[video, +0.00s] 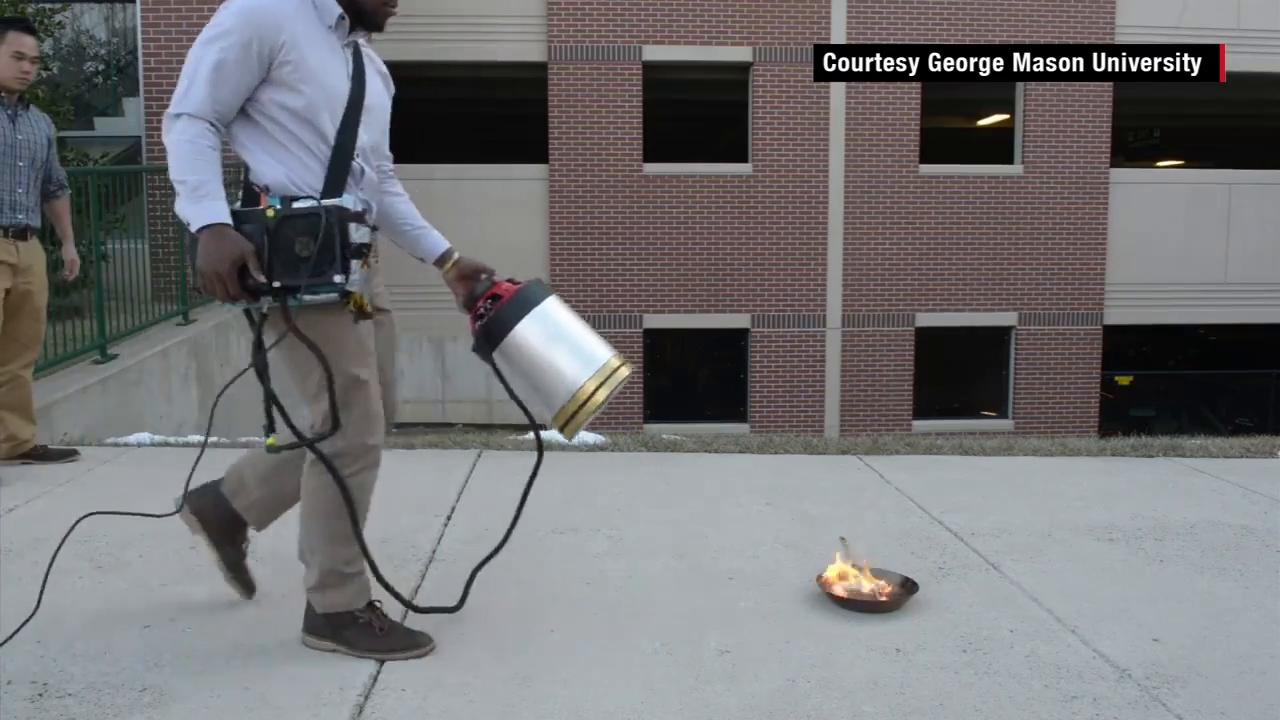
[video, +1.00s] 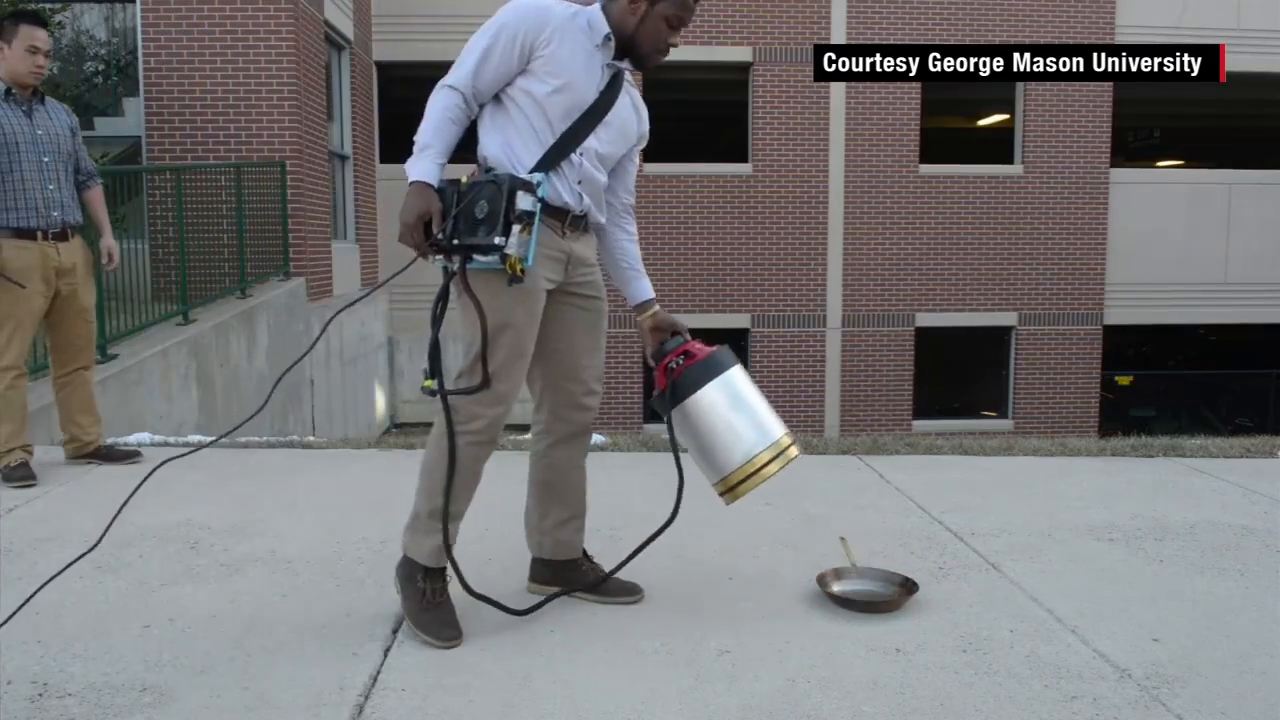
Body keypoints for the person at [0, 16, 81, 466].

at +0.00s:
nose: (28, 67)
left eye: (34, 60)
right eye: (19, 57)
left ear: (39, 66)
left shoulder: (41, 123)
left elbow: (55, 188)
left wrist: (67, 242)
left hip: (29, 250)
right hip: (2, 247)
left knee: (21, 353)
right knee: (12, 353)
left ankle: (17, 441)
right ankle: (13, 441)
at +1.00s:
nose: (42, 62)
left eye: (47, 54)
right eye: (32, 51)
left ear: (51, 61)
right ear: (4, 52)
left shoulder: (61, 115)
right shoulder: (1, 107)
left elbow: (87, 177)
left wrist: (106, 231)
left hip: (71, 248)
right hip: (15, 252)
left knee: (76, 357)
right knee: (12, 364)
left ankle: (85, 444)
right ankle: (13, 454)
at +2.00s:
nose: (59, 64)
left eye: (64, 56)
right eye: (49, 53)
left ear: (68, 63)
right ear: (18, 52)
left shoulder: (77, 117)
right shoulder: (3, 106)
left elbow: (99, 179)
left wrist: (114, 234)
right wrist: (0, 250)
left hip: (80, 250)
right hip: (20, 252)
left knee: (80, 357)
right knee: (16, 363)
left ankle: (86, 444)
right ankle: (13, 454)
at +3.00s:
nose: (52, 58)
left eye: (60, 51)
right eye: (42, 48)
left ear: (66, 60)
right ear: (16, 51)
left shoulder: (81, 116)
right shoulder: (3, 105)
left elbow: (104, 178)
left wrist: (117, 234)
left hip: (82, 249)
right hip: (21, 250)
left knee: (85, 351)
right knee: (17, 358)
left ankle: (86, 442)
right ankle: (13, 452)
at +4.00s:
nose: (49, 57)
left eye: (57, 50)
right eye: (39, 47)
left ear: (63, 59)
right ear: (14, 52)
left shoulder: (78, 116)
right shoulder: (3, 105)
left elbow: (101, 179)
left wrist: (114, 235)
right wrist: (1, 249)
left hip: (79, 249)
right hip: (18, 250)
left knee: (84, 353)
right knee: (16, 360)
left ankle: (87, 442)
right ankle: (14, 453)